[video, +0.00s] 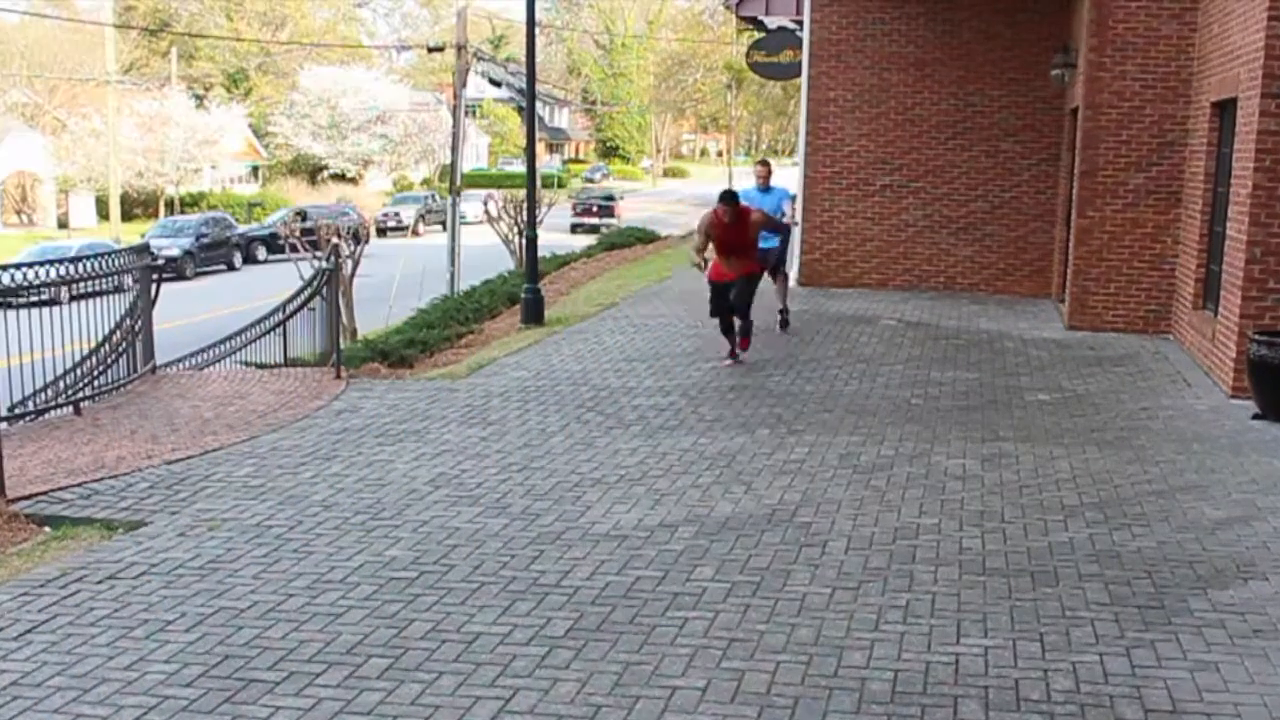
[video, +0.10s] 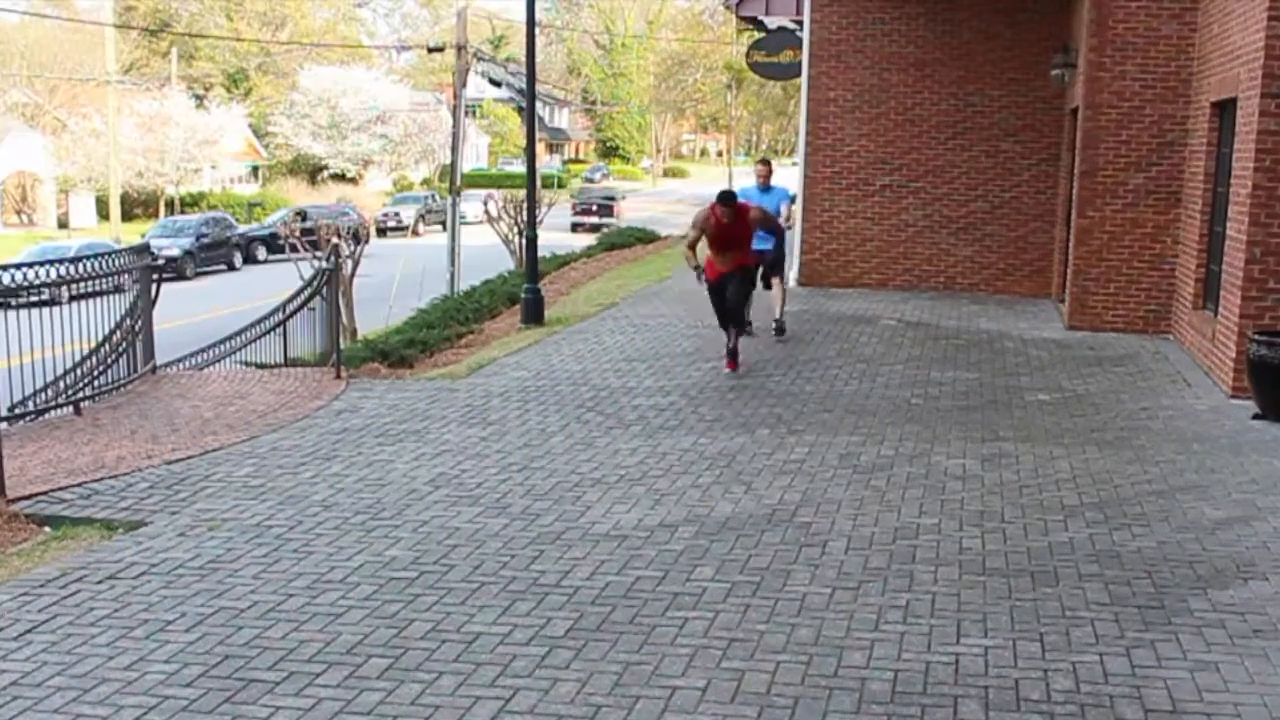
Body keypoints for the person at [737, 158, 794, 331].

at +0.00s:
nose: (762, 180)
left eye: (765, 176)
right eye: (758, 176)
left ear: (770, 176)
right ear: (754, 176)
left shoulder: (781, 194)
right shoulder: (745, 195)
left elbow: (788, 208)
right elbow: (737, 214)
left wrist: (789, 217)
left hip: (775, 244)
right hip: (753, 244)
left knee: (780, 275)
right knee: (747, 282)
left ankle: (783, 309)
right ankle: (744, 316)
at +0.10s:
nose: (761, 178)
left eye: (765, 175)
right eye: (758, 174)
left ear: (770, 175)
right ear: (754, 174)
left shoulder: (780, 193)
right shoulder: (744, 193)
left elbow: (786, 209)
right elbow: (737, 212)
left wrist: (784, 219)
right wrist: (744, 223)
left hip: (773, 245)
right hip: (751, 245)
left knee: (777, 280)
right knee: (747, 285)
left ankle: (778, 318)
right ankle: (745, 318)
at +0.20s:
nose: (764, 178)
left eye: (767, 174)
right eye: (761, 174)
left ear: (773, 174)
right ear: (757, 173)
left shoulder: (783, 192)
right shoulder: (745, 192)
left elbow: (784, 208)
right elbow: (741, 214)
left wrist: (774, 219)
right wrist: (754, 224)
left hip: (773, 245)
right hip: (751, 243)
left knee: (772, 285)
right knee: (748, 285)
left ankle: (771, 325)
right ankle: (742, 321)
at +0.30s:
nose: (764, 180)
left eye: (767, 177)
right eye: (761, 176)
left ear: (772, 176)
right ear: (756, 176)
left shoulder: (783, 195)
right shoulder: (744, 195)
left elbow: (784, 211)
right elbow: (737, 219)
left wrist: (773, 220)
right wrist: (750, 227)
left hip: (772, 248)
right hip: (749, 247)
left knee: (771, 286)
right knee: (740, 288)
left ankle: (769, 328)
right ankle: (735, 327)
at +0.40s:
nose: (758, 181)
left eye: (762, 177)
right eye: (755, 177)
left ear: (768, 176)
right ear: (751, 176)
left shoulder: (779, 195)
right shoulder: (740, 196)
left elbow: (781, 211)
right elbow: (736, 221)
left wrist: (774, 223)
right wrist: (738, 238)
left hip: (770, 250)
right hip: (747, 249)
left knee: (771, 289)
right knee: (738, 290)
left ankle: (769, 327)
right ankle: (729, 326)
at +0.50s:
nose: (753, 183)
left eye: (757, 178)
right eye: (750, 178)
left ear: (762, 178)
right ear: (745, 179)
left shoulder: (774, 197)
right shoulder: (735, 200)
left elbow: (781, 212)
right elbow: (732, 221)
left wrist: (779, 223)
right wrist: (738, 229)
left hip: (767, 252)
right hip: (744, 253)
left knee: (768, 287)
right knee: (737, 294)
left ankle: (770, 323)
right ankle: (729, 331)